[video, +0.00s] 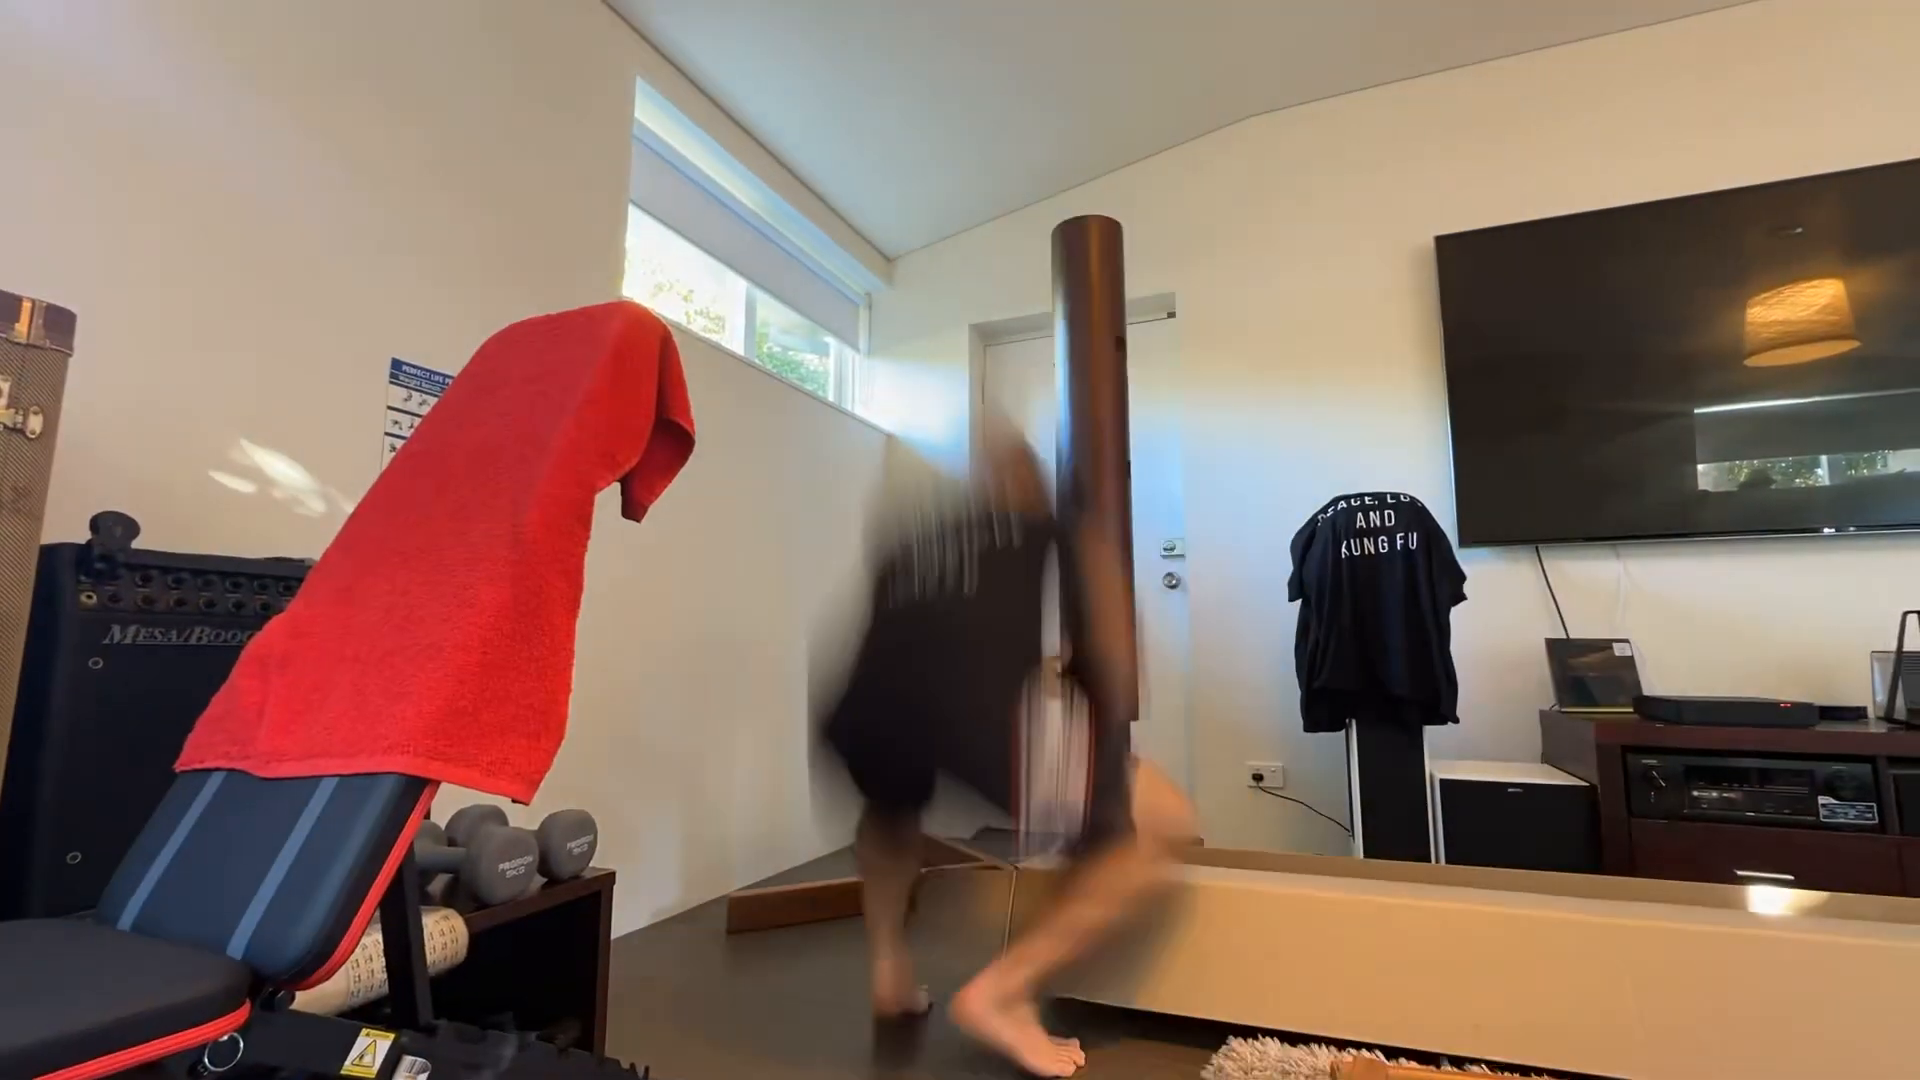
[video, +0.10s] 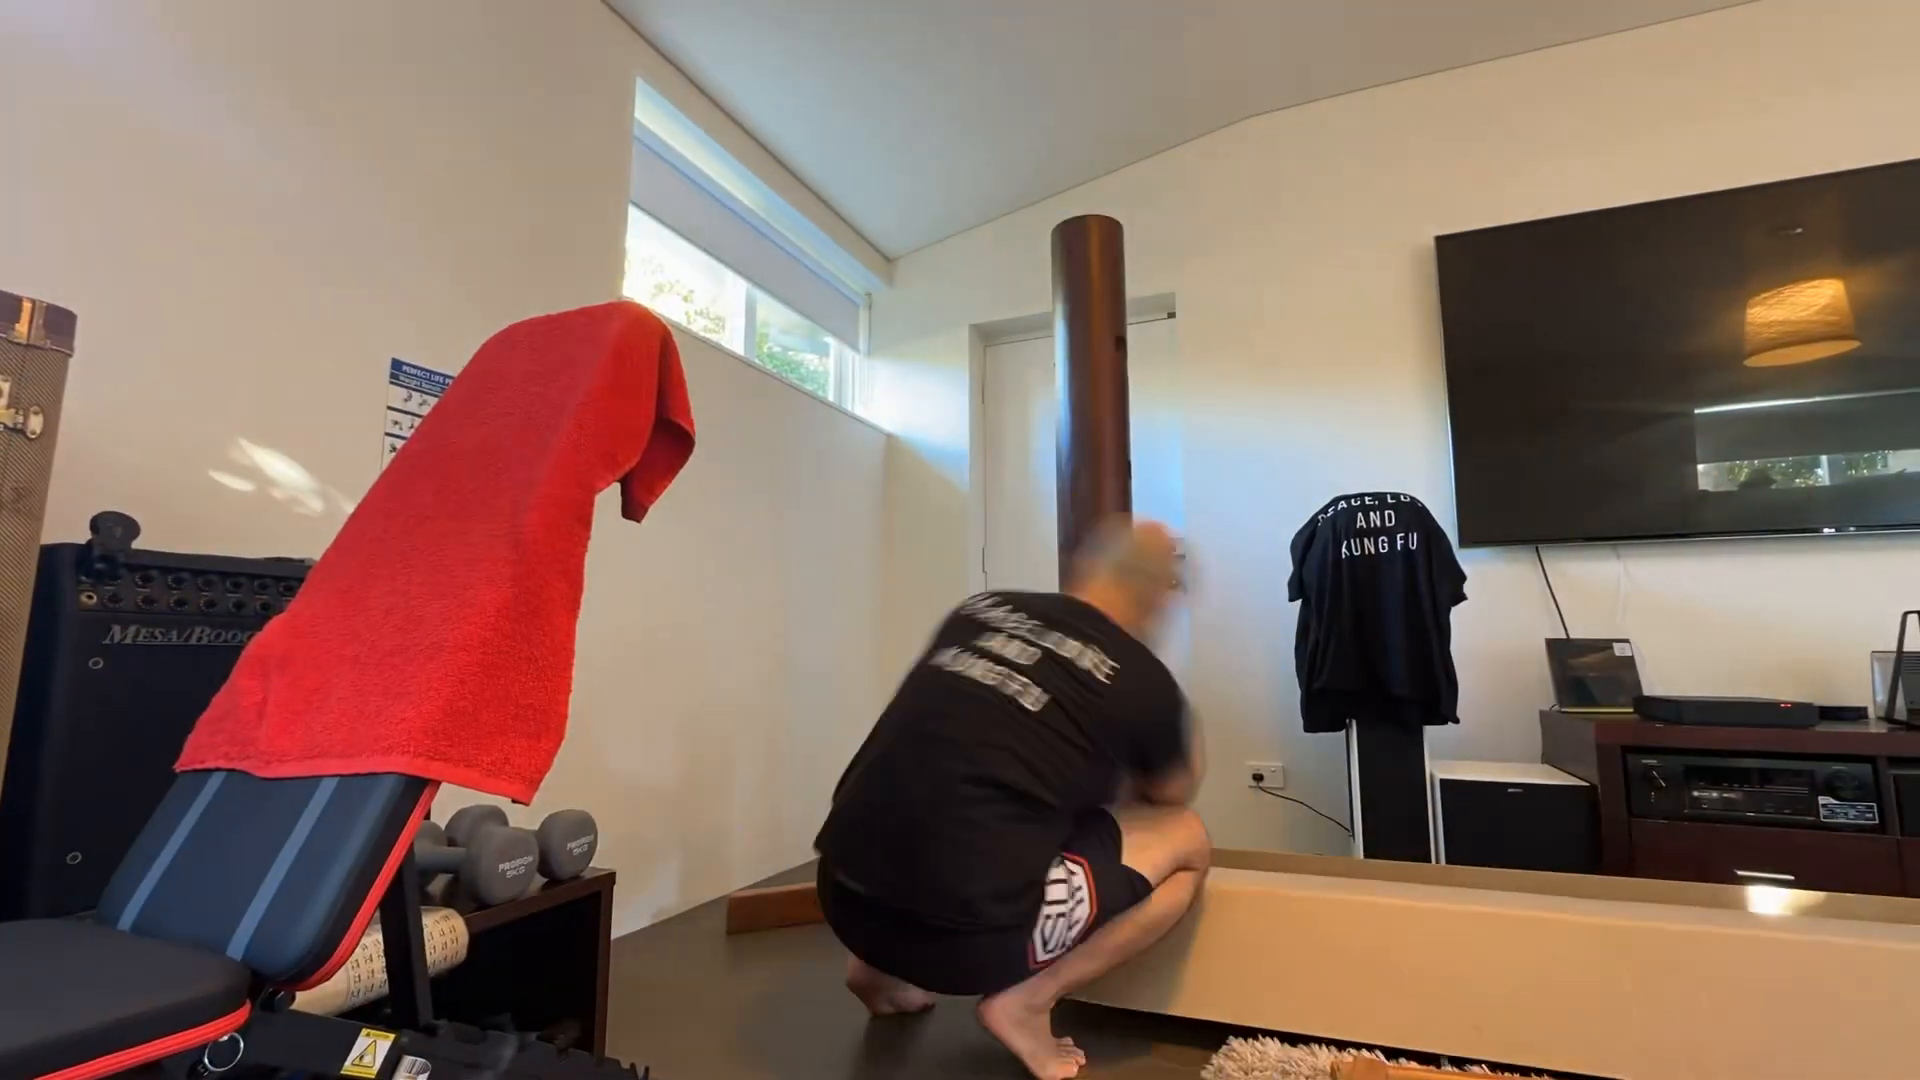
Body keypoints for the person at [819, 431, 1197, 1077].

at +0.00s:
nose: (1026, 475)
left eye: (1017, 463)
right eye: (1024, 464)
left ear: (978, 475)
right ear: (1035, 472)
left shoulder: (918, 545)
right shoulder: (1059, 532)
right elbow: (1104, 665)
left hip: (875, 711)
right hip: (983, 713)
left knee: (889, 818)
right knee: (1158, 829)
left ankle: (888, 975)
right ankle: (1001, 990)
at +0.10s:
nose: (1168, 603)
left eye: (1171, 589)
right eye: (1168, 589)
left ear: (1081, 565)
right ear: (1154, 594)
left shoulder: (982, 607)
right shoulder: (1146, 683)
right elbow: (1170, 791)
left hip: (853, 906)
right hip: (969, 944)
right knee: (1189, 841)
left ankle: (878, 963)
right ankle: (1028, 1002)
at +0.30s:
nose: (923, 342)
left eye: (915, 335)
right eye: (924, 334)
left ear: (877, 333)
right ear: (920, 334)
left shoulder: (837, 394)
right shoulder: (923, 369)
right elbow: (997, 441)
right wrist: (1010, 436)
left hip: (850, 580)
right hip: (916, 575)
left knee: (888, 732)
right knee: (924, 742)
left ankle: (891, 873)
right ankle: (877, 918)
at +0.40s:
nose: (1081, 303)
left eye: (1082, 289)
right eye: (1070, 286)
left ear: (1065, 297)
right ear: (1033, 287)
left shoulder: (1032, 384)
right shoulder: (966, 377)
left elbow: (1064, 455)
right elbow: (937, 482)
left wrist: (1043, 408)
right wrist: (1012, 450)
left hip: (963, 572)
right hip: (912, 567)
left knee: (959, 730)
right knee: (956, 728)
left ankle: (931, 900)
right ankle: (957, 917)